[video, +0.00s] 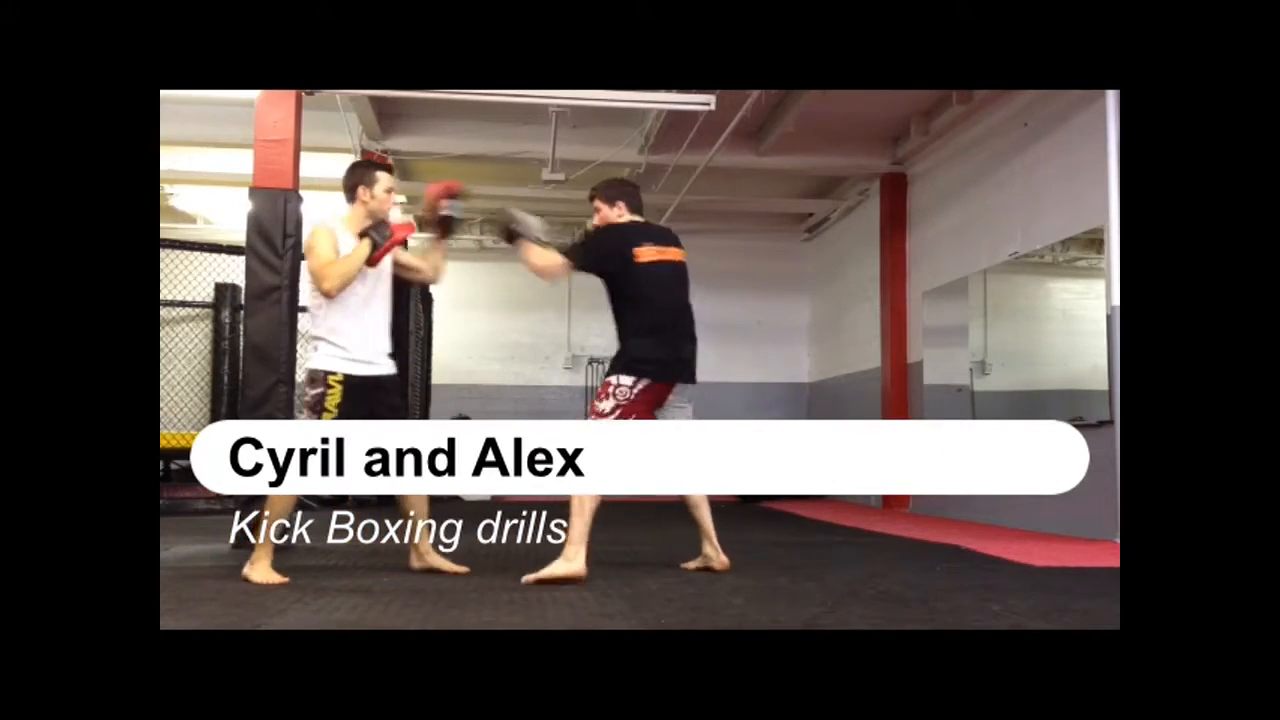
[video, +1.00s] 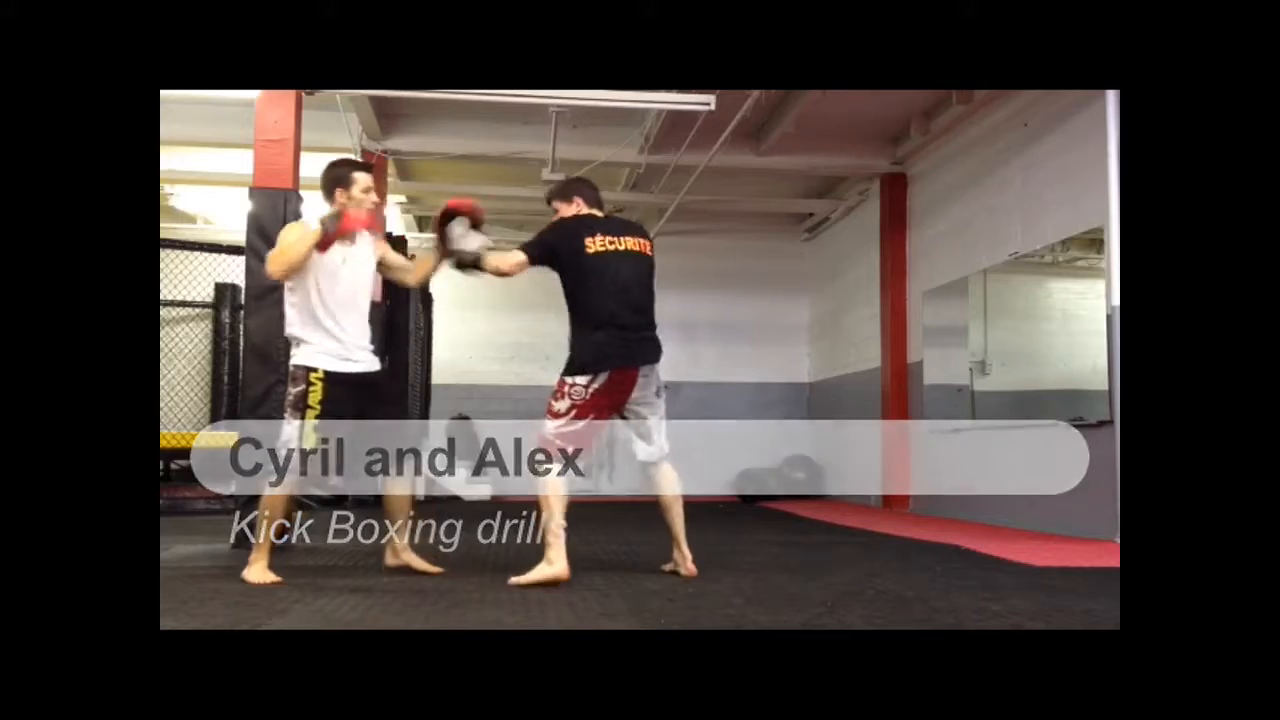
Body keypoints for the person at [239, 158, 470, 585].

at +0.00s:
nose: (394, 200)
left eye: (395, 192)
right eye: (388, 192)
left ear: (375, 195)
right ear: (362, 193)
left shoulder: (380, 244)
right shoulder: (324, 233)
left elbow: (429, 272)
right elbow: (328, 283)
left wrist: (438, 227)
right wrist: (374, 242)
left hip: (380, 370)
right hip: (333, 369)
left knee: (411, 458)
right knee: (301, 464)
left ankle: (421, 548)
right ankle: (261, 558)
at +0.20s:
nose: (422, 202)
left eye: (422, 194)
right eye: (415, 194)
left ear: (399, 198)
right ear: (392, 197)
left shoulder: (401, 242)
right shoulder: (365, 236)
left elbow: (423, 291)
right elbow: (381, 279)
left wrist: (451, 267)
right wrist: (414, 238)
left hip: (398, 369)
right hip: (363, 369)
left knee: (424, 459)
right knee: (342, 463)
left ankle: (423, 549)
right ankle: (271, 542)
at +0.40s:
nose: (439, 217)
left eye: (440, 210)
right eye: (435, 208)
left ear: (410, 208)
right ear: (412, 205)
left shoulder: (382, 245)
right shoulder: (401, 230)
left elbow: (389, 305)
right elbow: (473, 224)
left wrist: (432, 291)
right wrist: (525, 204)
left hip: (391, 373)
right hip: (366, 372)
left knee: (419, 458)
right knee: (338, 465)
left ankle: (422, 550)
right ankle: (272, 548)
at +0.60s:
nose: (429, 214)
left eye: (432, 207)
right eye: (423, 204)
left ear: (419, 211)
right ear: (397, 202)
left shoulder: (408, 249)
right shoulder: (373, 233)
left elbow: (439, 296)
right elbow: (402, 264)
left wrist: (459, 270)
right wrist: (439, 225)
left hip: (389, 371)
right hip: (352, 367)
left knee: (423, 455)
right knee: (323, 460)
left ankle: (422, 549)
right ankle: (264, 551)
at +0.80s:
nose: (391, 205)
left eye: (392, 198)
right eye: (384, 197)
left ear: (372, 201)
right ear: (358, 199)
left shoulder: (383, 243)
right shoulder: (326, 236)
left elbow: (418, 273)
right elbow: (309, 282)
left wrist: (450, 248)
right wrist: (366, 260)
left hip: (376, 369)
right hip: (326, 369)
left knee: (414, 452)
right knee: (298, 465)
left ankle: (423, 543)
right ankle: (260, 559)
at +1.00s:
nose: (373, 198)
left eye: (373, 191)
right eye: (365, 190)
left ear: (357, 196)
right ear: (339, 194)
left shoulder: (370, 241)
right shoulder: (304, 231)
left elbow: (412, 275)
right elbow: (276, 268)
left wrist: (445, 245)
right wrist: (325, 230)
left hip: (365, 365)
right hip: (315, 363)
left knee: (399, 452)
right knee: (294, 463)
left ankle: (399, 546)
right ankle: (259, 559)